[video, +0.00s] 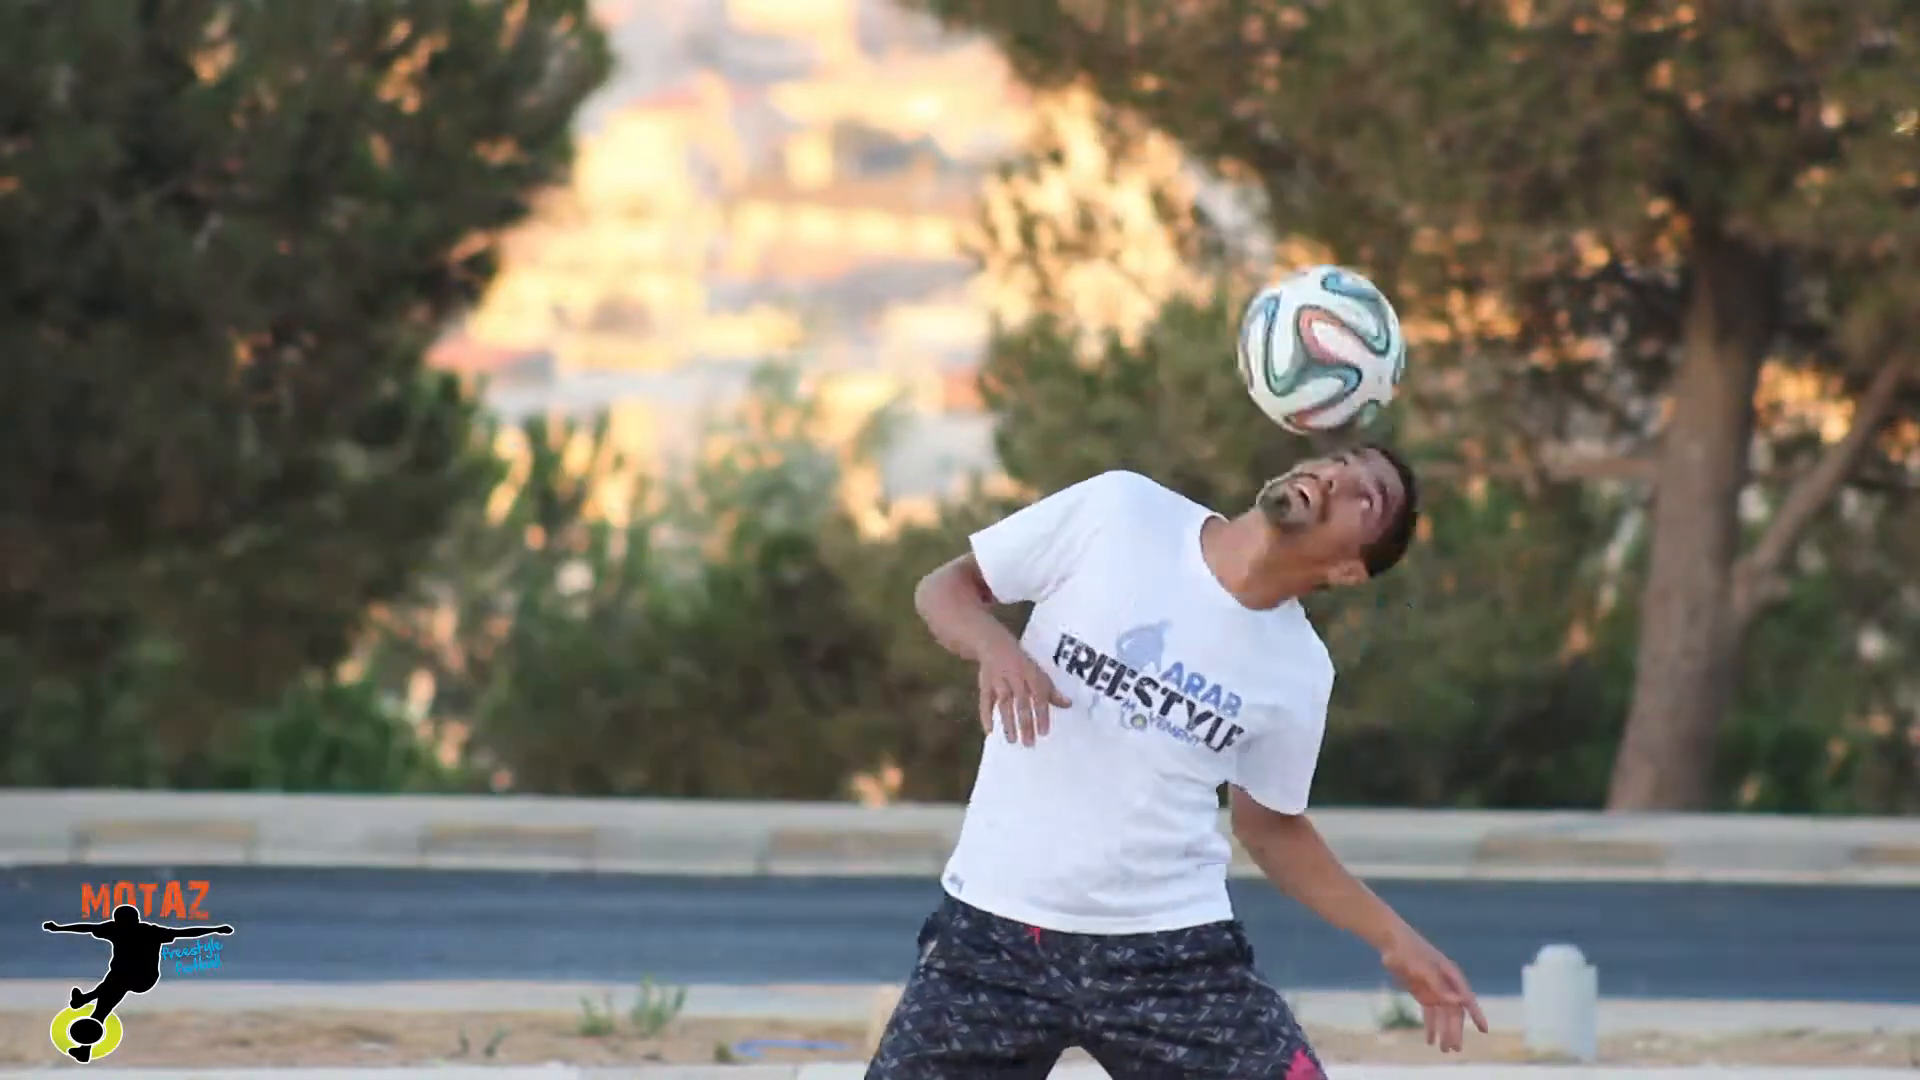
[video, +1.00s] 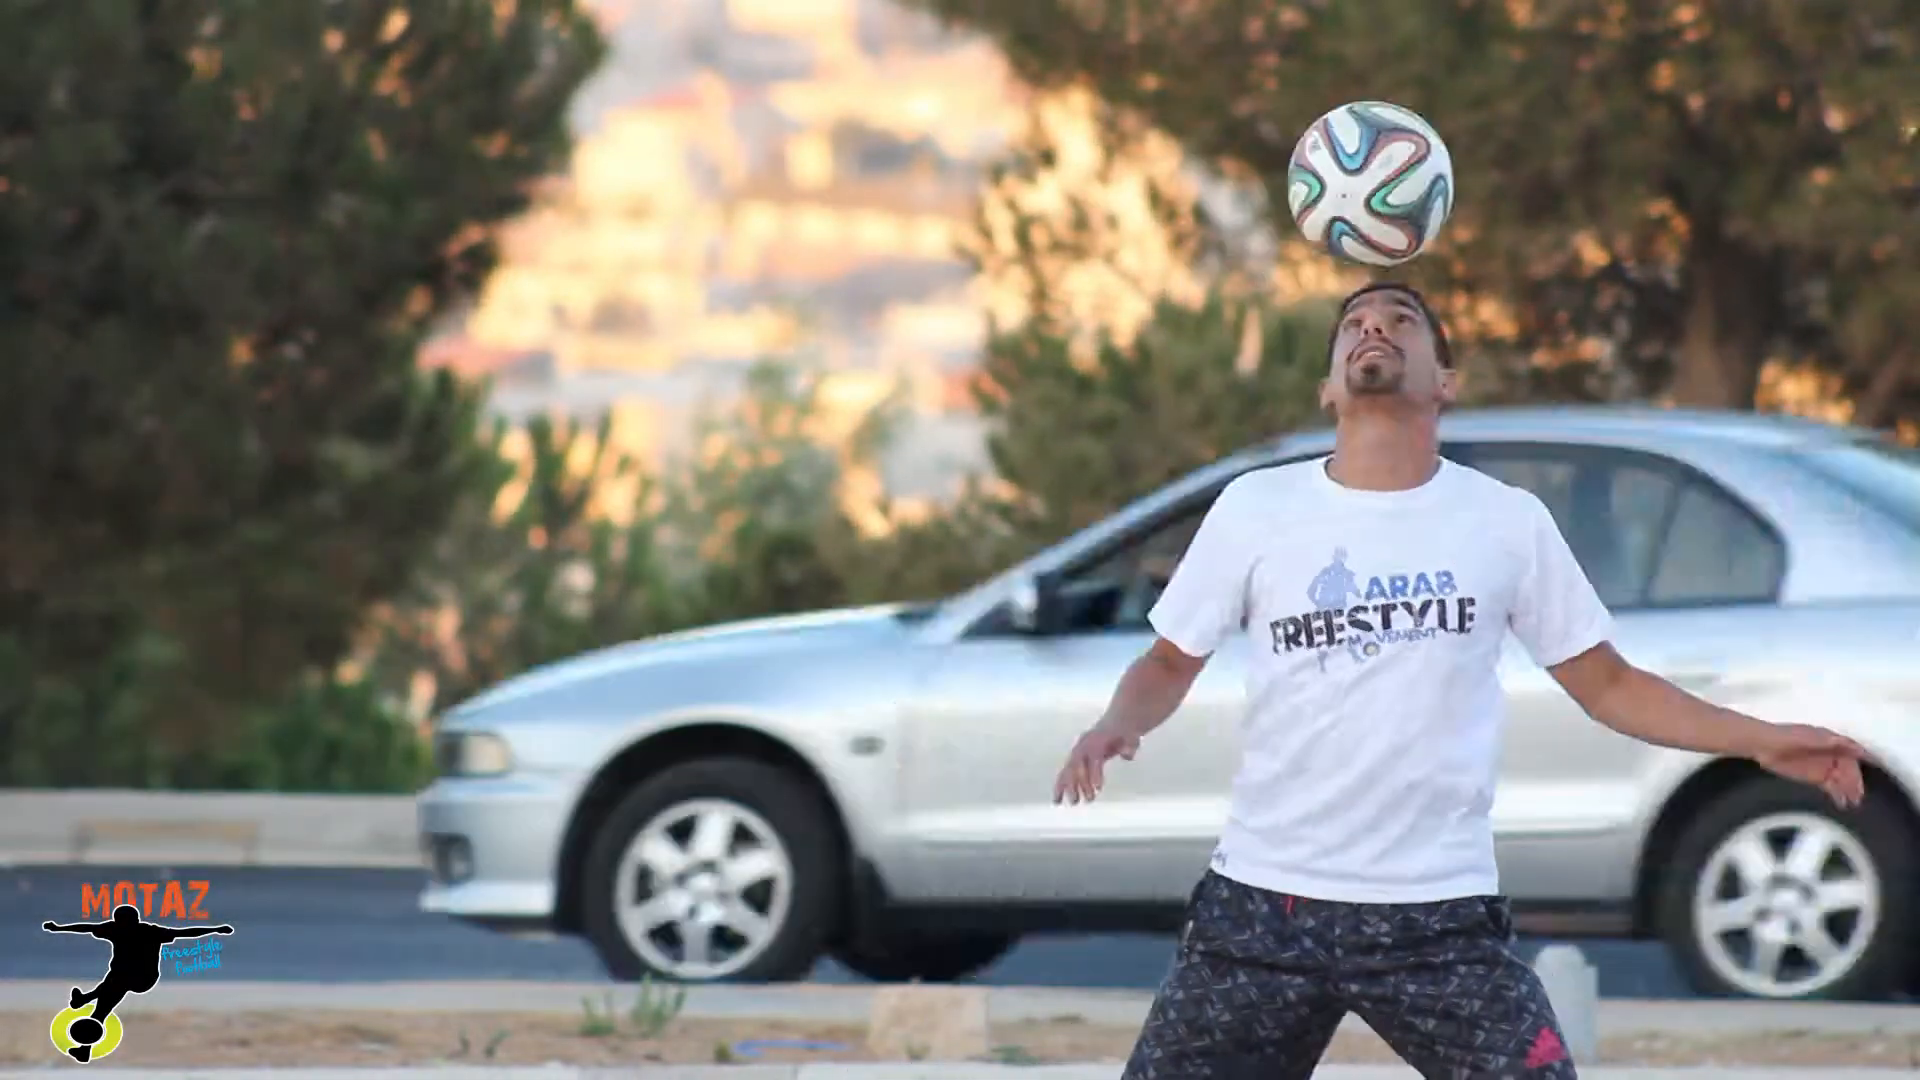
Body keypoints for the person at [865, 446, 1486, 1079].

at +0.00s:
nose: (1331, 474)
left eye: (1365, 494)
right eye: (1338, 461)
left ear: (1347, 570)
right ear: (1291, 474)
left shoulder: (1298, 672)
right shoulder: (1115, 508)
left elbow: (1270, 823)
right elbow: (942, 589)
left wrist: (1394, 940)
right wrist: (993, 643)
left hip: (1174, 967)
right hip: (987, 947)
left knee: (1296, 1072)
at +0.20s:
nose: (1322, 471)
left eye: (1352, 493)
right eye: (1336, 457)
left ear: (1333, 563)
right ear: (1299, 456)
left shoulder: (1301, 668)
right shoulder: (1111, 500)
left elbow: (1313, 824)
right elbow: (982, 581)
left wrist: (1430, 924)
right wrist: (955, 662)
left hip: (1173, 956)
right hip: (993, 931)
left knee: (1293, 1070)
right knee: (901, 1068)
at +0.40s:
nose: (1250, 309)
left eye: (1285, 307)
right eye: (1237, 303)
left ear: (1318, 379)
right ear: (1210, 351)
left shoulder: (1357, 520)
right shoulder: (1117, 479)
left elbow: (1428, 704)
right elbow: (1052, 635)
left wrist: (1423, 728)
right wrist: (976, 676)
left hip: (1287, 897)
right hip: (1113, 891)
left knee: (1382, 1069)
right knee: (1034, 1068)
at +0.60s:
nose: (1212, 393)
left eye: (1240, 379)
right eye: (1194, 398)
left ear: (1301, 419)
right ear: (1201, 471)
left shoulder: (1411, 547)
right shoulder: (1175, 583)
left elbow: (1535, 728)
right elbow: (1151, 760)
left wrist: (1438, 663)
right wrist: (1064, 788)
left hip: (1381, 966)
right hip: (1204, 962)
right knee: (1080, 1074)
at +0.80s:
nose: (1218, 482)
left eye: (1222, 463)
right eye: (1206, 503)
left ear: (1291, 457)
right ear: (1246, 558)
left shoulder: (1480, 521)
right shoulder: (1272, 644)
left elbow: (1643, 632)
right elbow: (1290, 824)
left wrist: (1618, 684)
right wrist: (1173, 859)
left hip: (1500, 976)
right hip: (1313, 976)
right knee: (1200, 1071)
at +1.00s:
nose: (1375, 329)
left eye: (1403, 327)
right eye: (1354, 326)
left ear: (1442, 391)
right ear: (1327, 387)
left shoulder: (1509, 524)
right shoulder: (1254, 510)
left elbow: (1608, 686)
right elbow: (1170, 660)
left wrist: (1767, 741)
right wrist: (1117, 724)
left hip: (1442, 926)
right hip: (1258, 920)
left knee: (1543, 1074)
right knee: (1161, 1072)